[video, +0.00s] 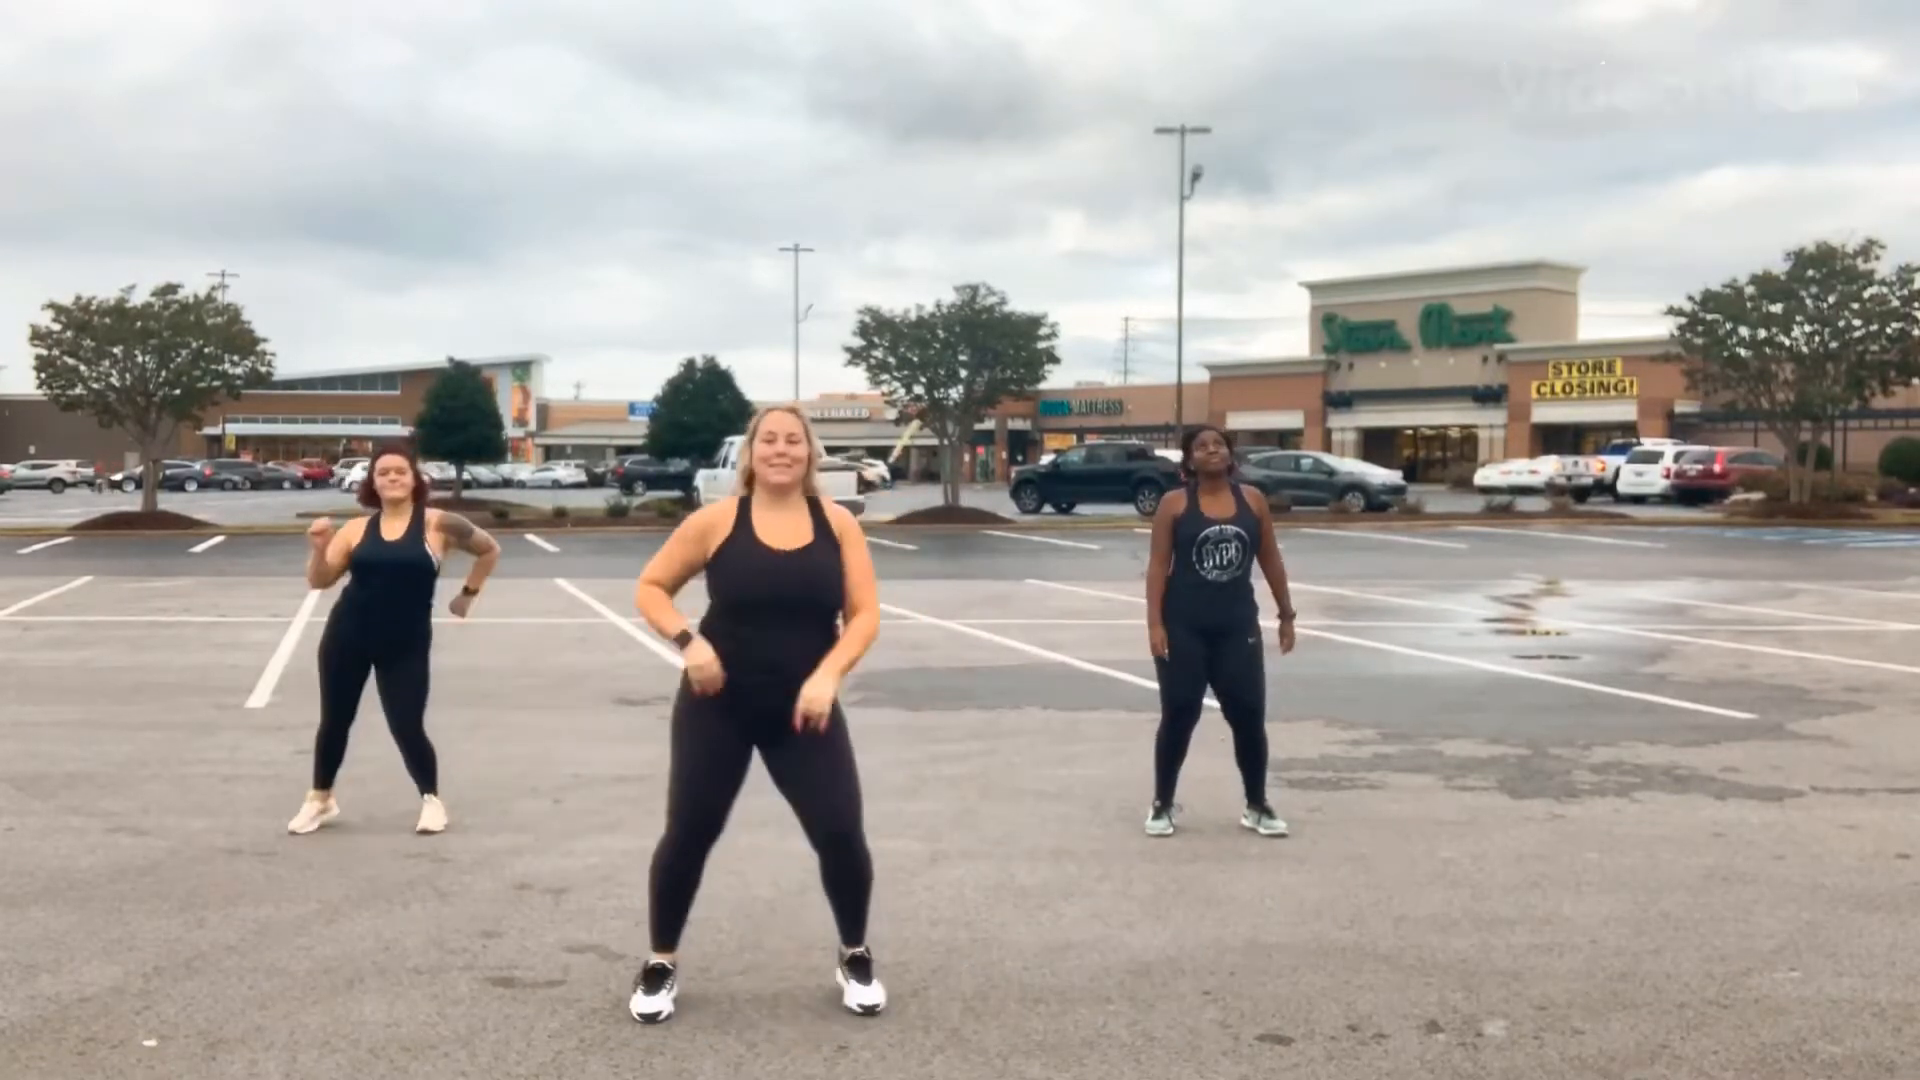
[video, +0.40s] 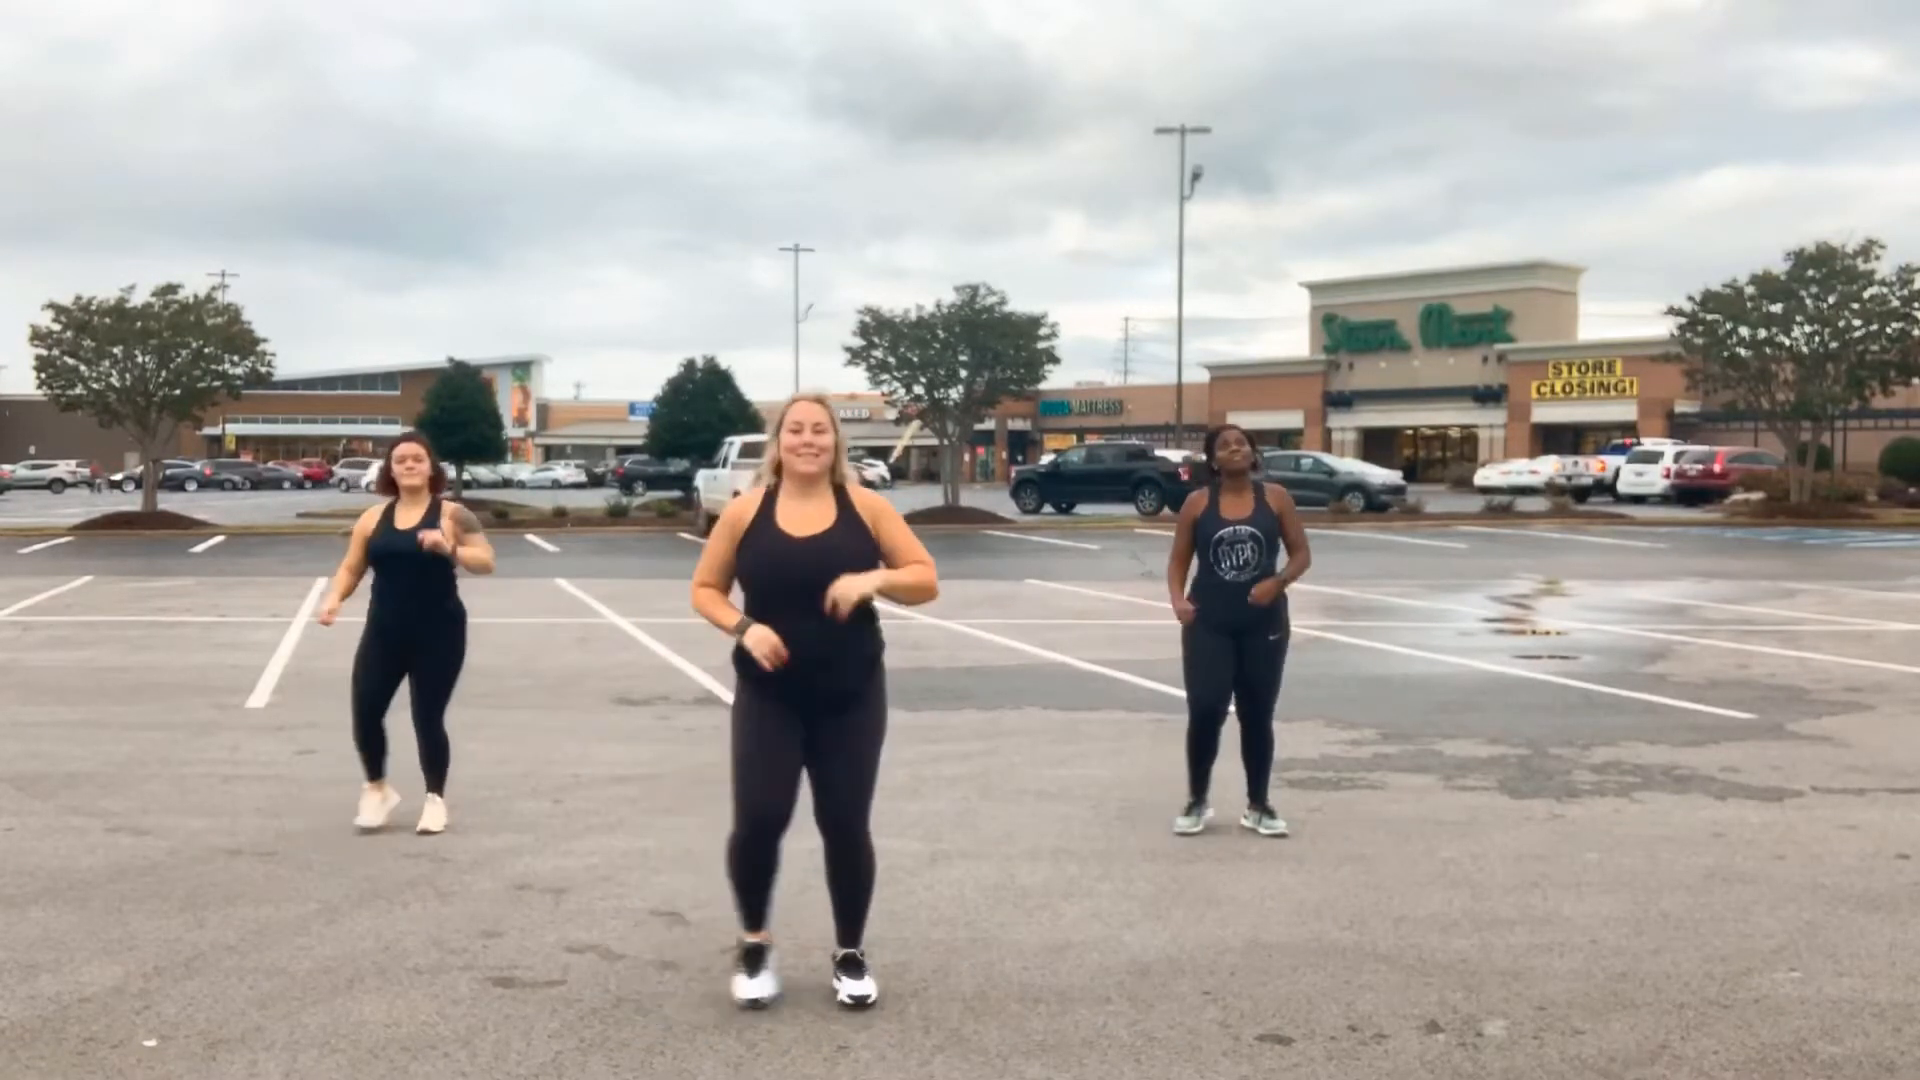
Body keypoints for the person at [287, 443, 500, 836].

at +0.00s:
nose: (392, 478)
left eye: (400, 472)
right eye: (384, 473)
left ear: (415, 480)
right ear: (373, 484)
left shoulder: (439, 523)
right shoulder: (356, 529)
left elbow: (489, 550)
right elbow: (319, 581)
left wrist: (467, 594)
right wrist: (319, 548)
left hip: (404, 643)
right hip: (348, 638)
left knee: (406, 728)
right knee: (334, 721)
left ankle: (431, 799)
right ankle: (320, 797)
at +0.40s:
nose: (409, 466)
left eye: (417, 459)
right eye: (401, 461)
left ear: (432, 467)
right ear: (391, 470)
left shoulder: (452, 514)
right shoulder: (373, 518)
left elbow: (486, 561)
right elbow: (351, 568)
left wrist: (452, 550)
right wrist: (332, 599)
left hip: (439, 633)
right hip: (385, 631)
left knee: (427, 717)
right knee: (365, 712)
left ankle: (434, 798)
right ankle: (377, 789)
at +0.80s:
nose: (420, 474)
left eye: (427, 468)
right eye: (412, 469)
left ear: (441, 476)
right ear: (400, 479)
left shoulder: (462, 526)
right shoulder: (378, 529)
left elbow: (482, 577)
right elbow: (364, 583)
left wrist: (483, 618)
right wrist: (359, 632)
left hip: (453, 642)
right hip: (397, 644)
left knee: (468, 715)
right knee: (402, 725)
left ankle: (481, 788)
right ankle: (405, 800)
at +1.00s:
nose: (432, 474)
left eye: (439, 467)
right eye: (424, 468)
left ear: (454, 475)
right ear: (412, 478)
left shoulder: (477, 518)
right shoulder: (394, 523)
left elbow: (527, 541)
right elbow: (343, 560)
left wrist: (536, 588)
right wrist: (376, 565)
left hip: (480, 635)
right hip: (428, 640)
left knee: (500, 719)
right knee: (409, 725)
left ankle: (539, 794)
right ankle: (406, 801)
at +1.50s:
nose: (415, 471)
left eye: (423, 464)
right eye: (407, 465)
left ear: (438, 472)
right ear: (396, 475)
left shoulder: (457, 518)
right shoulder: (375, 521)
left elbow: (471, 556)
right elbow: (333, 562)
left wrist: (436, 525)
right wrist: (351, 587)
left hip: (453, 636)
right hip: (397, 639)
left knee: (467, 712)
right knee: (402, 724)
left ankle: (499, 788)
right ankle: (406, 801)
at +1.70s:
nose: (405, 470)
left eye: (414, 463)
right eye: (397, 464)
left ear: (429, 472)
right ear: (386, 474)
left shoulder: (448, 514)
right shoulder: (365, 521)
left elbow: (470, 538)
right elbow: (333, 562)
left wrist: (434, 532)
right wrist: (343, 600)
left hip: (441, 630)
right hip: (387, 631)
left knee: (420, 714)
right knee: (394, 718)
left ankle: (426, 799)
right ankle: (403, 798)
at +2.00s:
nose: (395, 478)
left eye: (402, 471)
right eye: (387, 472)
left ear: (418, 478)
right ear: (376, 481)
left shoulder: (440, 525)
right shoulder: (359, 531)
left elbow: (475, 575)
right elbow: (341, 586)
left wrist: (493, 624)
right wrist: (345, 590)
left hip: (431, 643)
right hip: (380, 644)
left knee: (423, 724)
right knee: (340, 715)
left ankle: (429, 801)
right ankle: (370, 790)